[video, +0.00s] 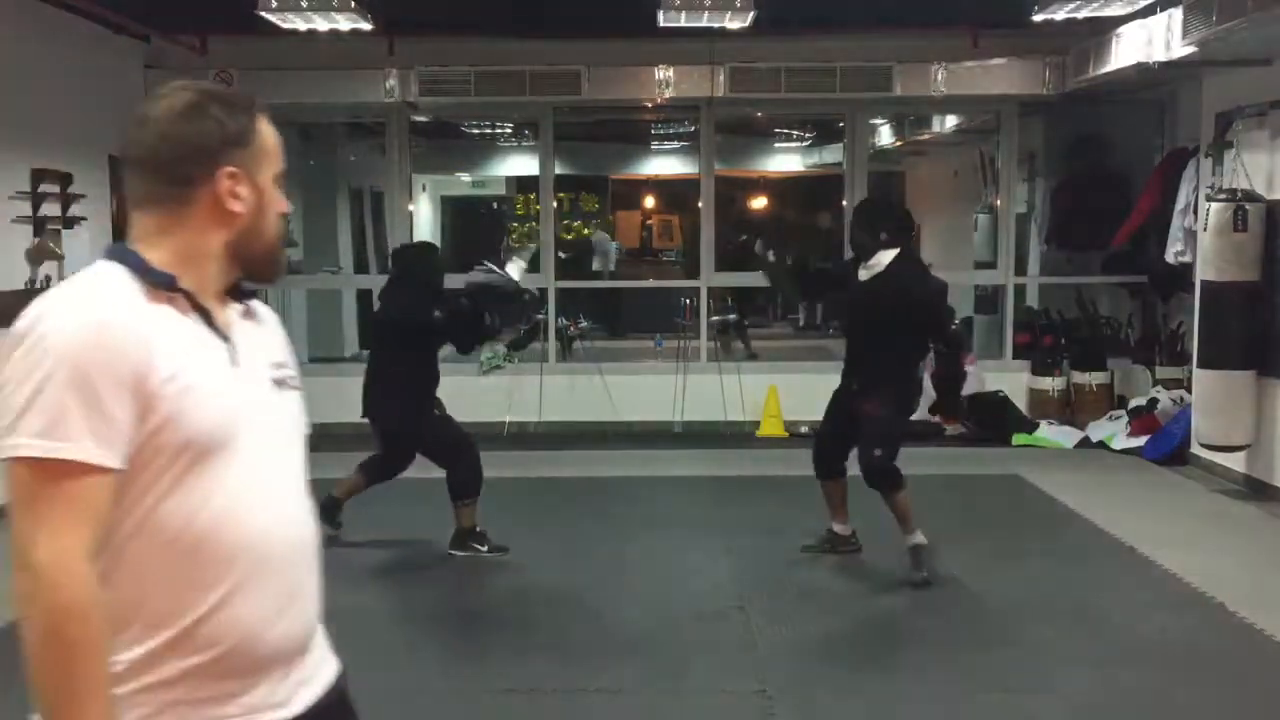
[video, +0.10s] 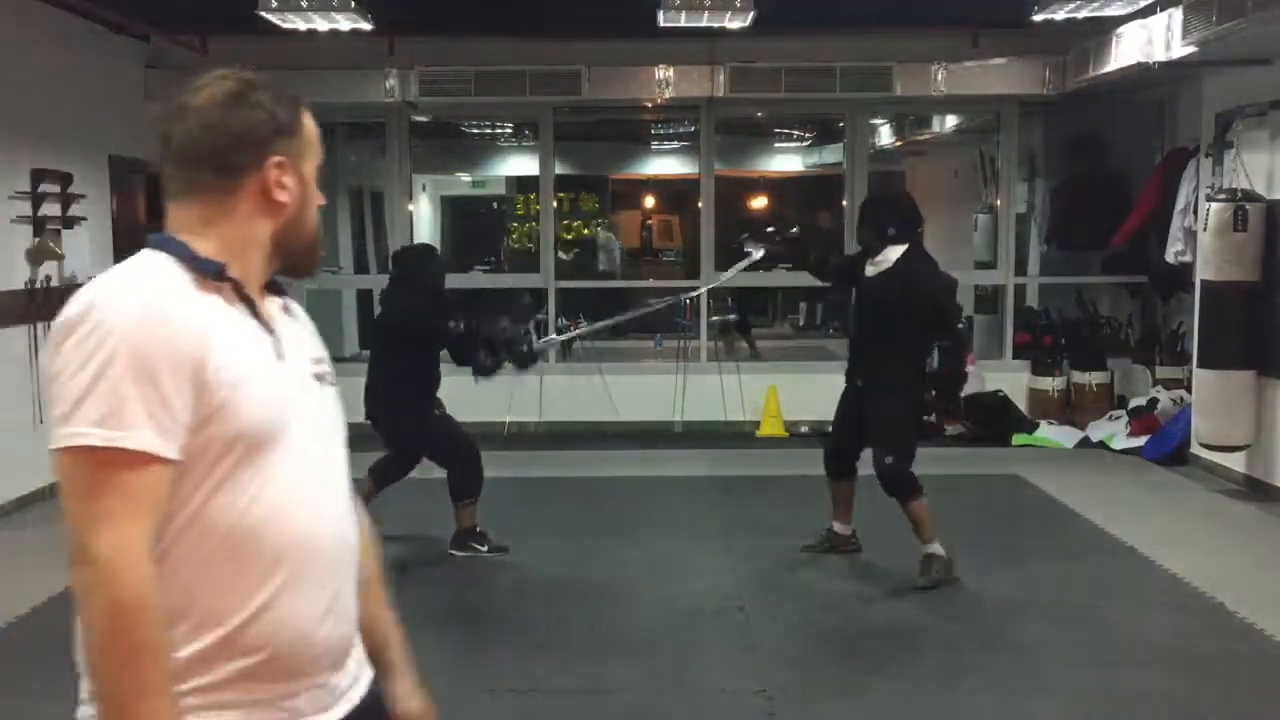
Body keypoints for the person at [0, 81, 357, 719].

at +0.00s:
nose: (288, 204)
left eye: (284, 183)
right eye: (279, 183)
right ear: (232, 191)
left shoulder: (260, 323)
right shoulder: (81, 327)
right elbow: (50, 566)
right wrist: (85, 712)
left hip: (310, 687)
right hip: (169, 707)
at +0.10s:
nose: (322, 199)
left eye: (320, 179)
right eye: (316, 177)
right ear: (277, 181)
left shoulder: (289, 318)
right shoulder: (128, 314)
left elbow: (340, 509)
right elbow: (107, 560)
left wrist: (399, 675)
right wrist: (145, 712)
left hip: (348, 691)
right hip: (206, 705)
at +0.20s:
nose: (348, 186)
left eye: (346, 164)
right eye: (344, 163)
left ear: (217, 163)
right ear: (313, 168)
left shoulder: (307, 309)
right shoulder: (173, 302)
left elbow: (365, 502)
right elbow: (155, 559)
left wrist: (471, 647)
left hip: (366, 697)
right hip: (248, 705)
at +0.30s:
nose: (365, 180)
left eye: (365, 159)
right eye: (364, 158)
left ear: (230, 161)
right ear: (340, 165)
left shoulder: (302, 303)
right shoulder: (220, 306)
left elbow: (368, 505)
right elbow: (215, 584)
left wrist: (510, 605)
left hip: (367, 698)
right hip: (292, 701)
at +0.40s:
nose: (377, 190)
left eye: (377, 169)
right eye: (377, 169)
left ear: (233, 172)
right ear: (358, 176)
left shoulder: (223, 302)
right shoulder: (274, 323)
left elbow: (351, 524)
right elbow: (298, 622)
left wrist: (504, 594)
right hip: (346, 704)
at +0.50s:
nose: (396, 199)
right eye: (396, 177)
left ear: (242, 174)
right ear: (375, 182)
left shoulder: (193, 320)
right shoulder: (338, 341)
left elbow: (282, 553)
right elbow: (385, 649)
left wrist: (473, 635)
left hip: (218, 699)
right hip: (323, 707)